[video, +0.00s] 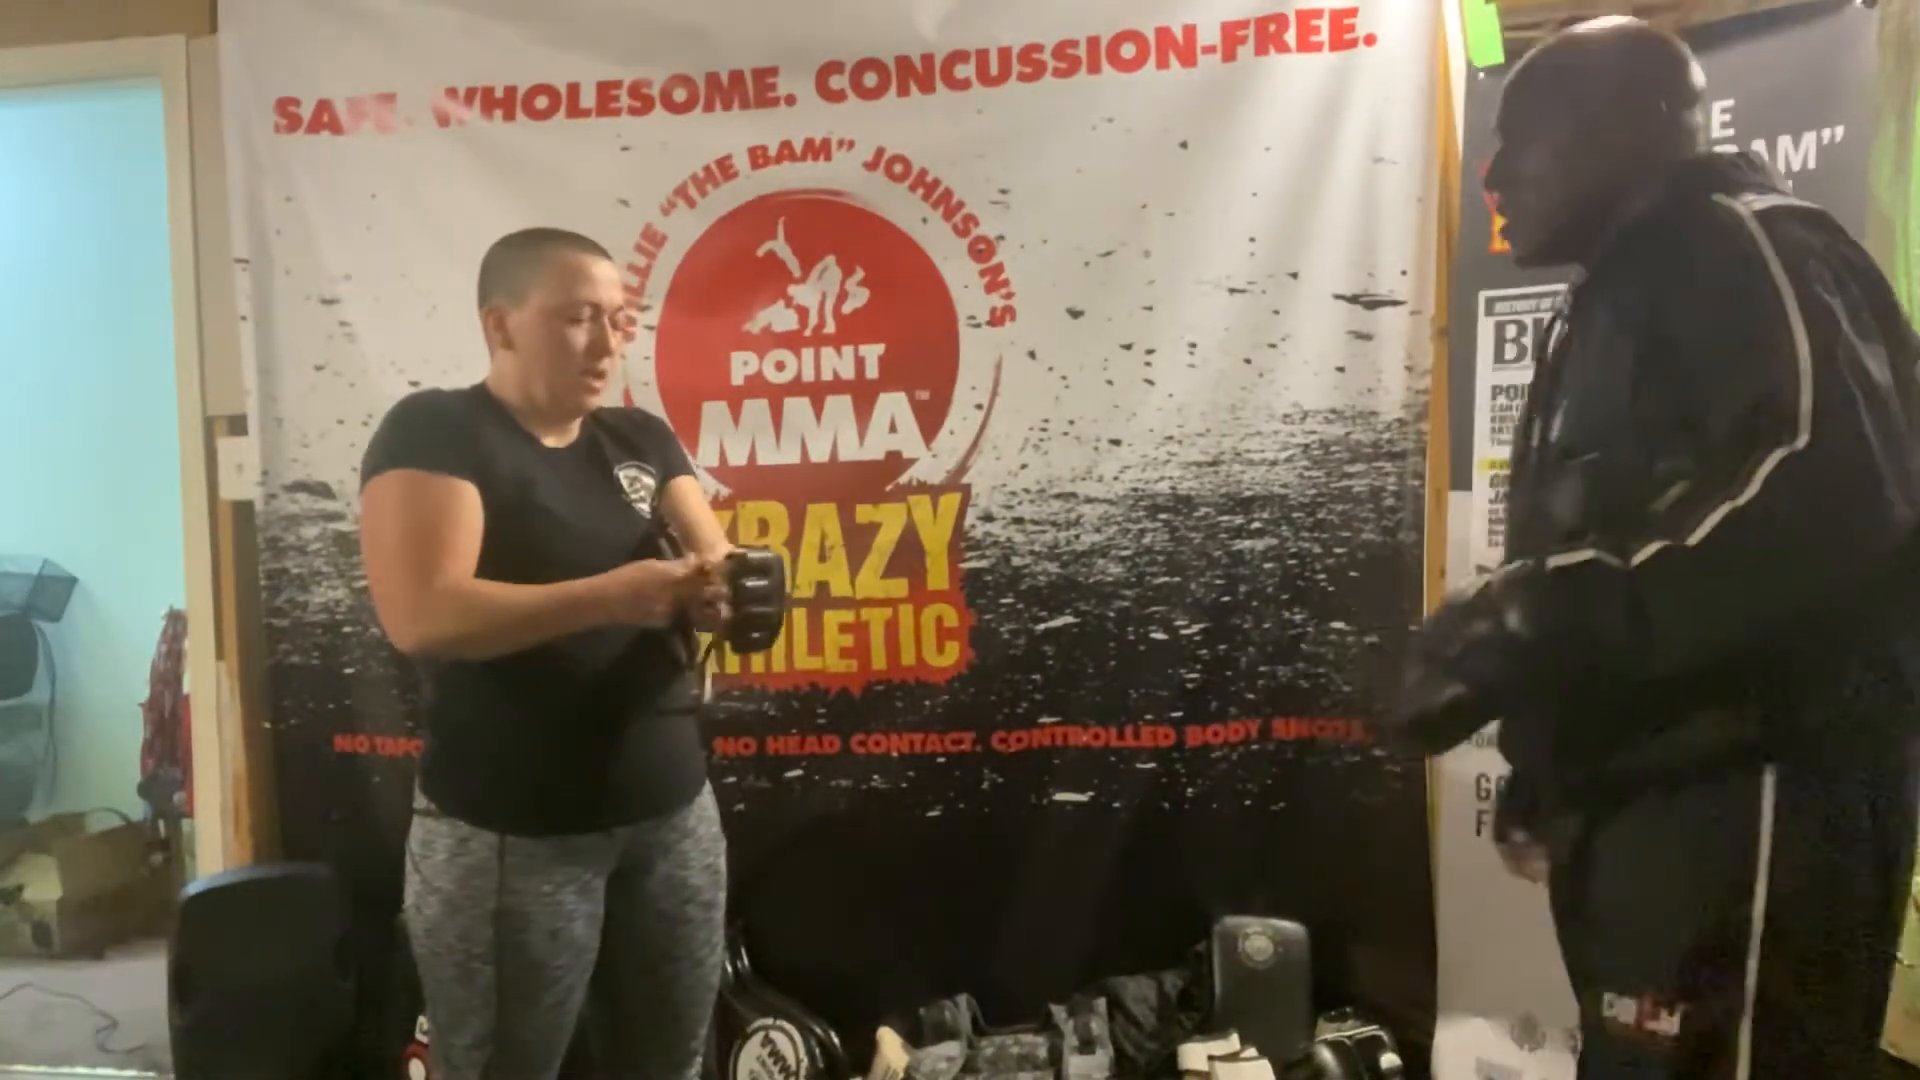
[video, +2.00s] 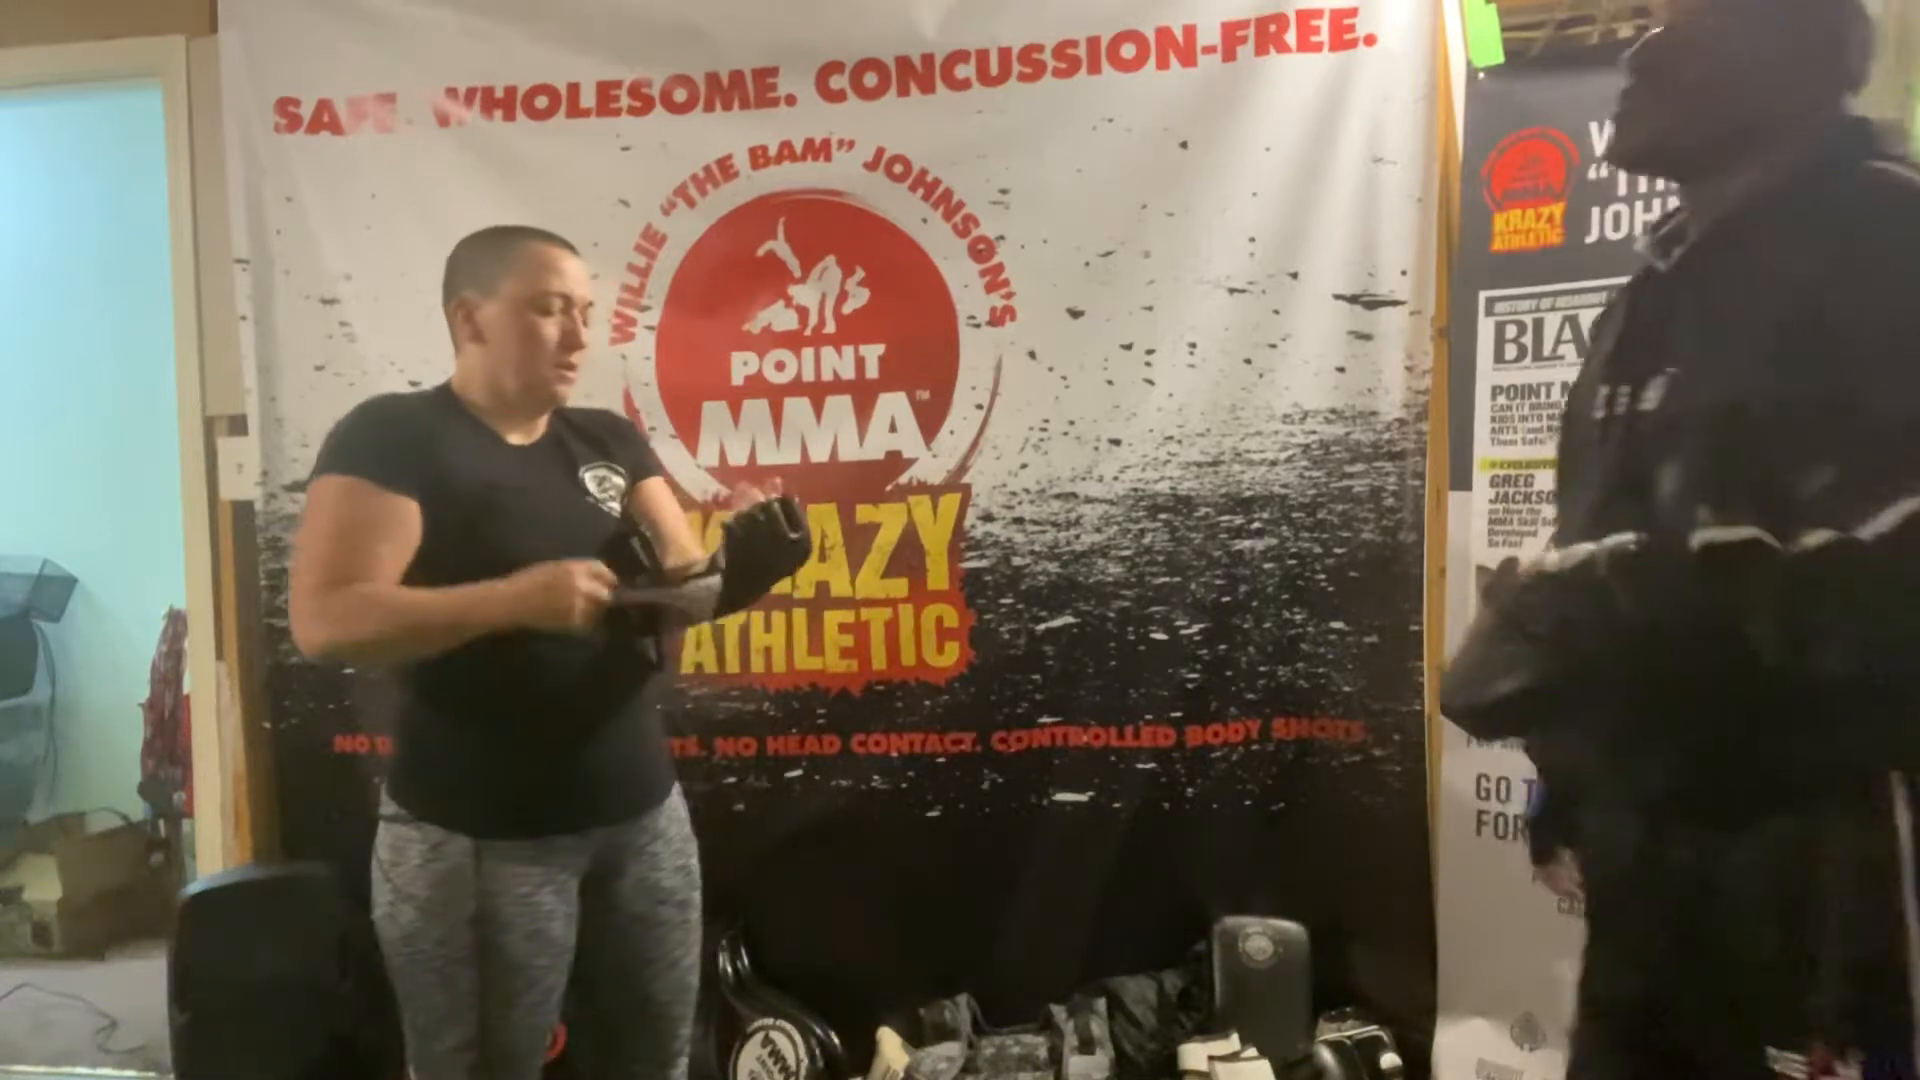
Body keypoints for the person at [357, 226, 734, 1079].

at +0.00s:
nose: (607, 341)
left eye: (616, 320)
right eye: (580, 316)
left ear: (625, 329)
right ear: (502, 324)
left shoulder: (641, 439)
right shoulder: (431, 432)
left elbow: (724, 572)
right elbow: (419, 614)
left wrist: (721, 593)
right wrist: (616, 595)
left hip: (670, 827)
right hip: (505, 844)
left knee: (662, 1065)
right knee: (497, 1068)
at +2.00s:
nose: (578, 333)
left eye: (584, 312)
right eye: (550, 308)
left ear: (591, 324)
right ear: (469, 317)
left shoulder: (609, 440)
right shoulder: (389, 437)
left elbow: (687, 583)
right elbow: (325, 617)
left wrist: (734, 557)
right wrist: (517, 598)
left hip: (641, 827)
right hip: (473, 848)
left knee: (647, 1065)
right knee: (479, 1069)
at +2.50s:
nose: (558, 334)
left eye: (561, 314)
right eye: (532, 308)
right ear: (445, 317)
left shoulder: (578, 447)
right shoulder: (365, 434)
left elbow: (651, 605)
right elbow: (324, 613)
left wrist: (710, 604)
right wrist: (511, 549)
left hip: (609, 827)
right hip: (444, 850)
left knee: (638, 1065)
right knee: (459, 1066)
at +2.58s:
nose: (557, 339)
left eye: (561, 317)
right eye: (531, 311)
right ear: (448, 318)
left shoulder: (575, 446)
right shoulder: (365, 434)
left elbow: (649, 602)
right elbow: (330, 612)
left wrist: (697, 608)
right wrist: (515, 538)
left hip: (606, 828)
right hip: (439, 851)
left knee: (636, 1063)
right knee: (458, 1068)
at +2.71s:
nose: (551, 342)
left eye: (558, 320)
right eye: (526, 314)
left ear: (563, 332)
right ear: (443, 316)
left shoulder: (572, 447)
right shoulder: (364, 434)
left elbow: (639, 616)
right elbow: (352, 604)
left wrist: (673, 610)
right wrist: (527, 520)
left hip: (603, 831)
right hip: (438, 854)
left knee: (633, 1065)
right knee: (455, 1068)